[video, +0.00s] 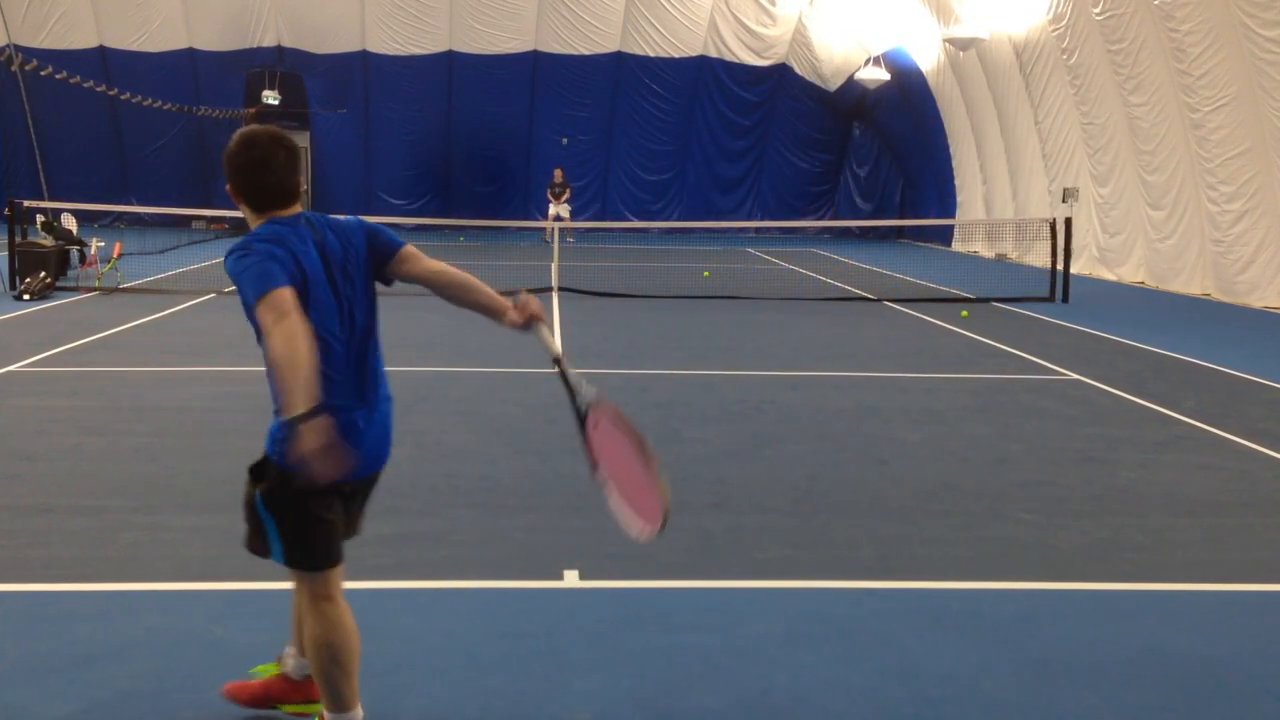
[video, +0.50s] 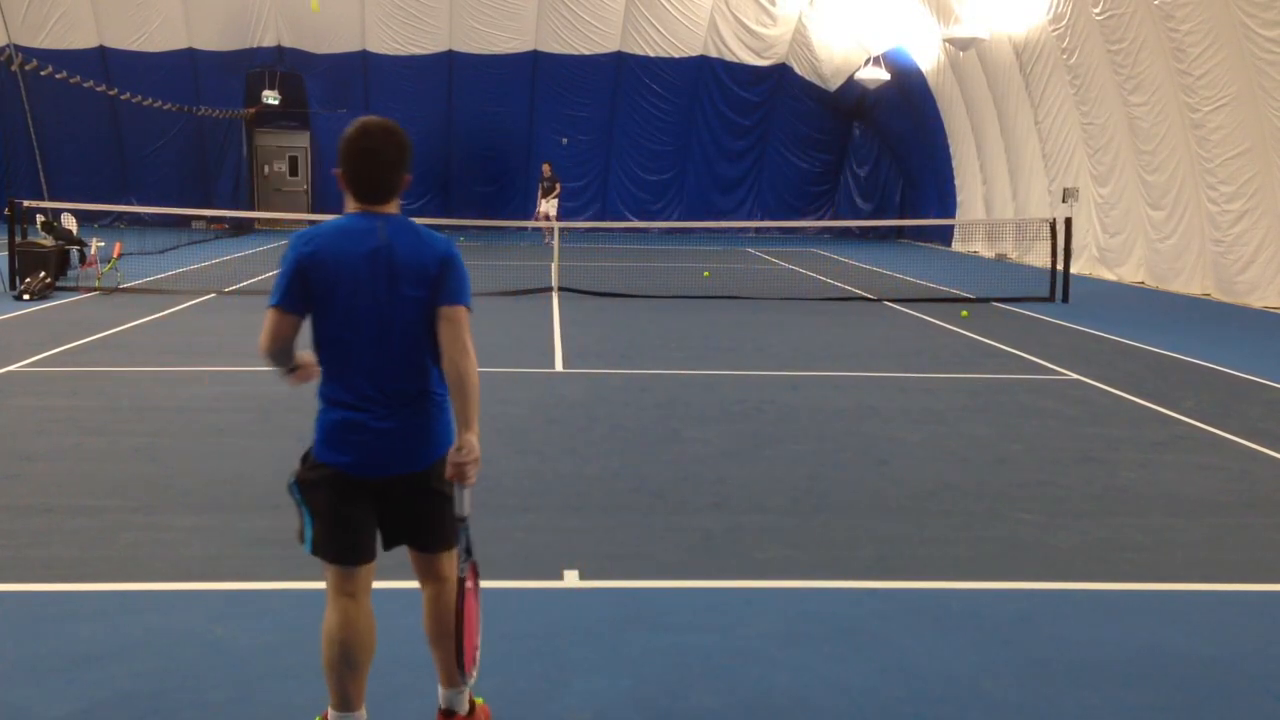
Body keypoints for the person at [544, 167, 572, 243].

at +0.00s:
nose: (557, 174)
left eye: (558, 172)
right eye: (555, 172)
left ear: (561, 174)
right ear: (554, 174)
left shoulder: (565, 184)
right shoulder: (551, 184)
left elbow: (567, 194)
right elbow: (548, 194)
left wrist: (561, 200)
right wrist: (553, 201)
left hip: (563, 204)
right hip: (553, 204)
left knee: (567, 220)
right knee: (550, 219)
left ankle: (569, 236)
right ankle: (548, 236)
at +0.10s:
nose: (552, 175)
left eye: (554, 173)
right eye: (551, 173)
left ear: (557, 174)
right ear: (549, 174)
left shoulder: (561, 184)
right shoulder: (548, 184)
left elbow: (565, 194)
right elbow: (545, 194)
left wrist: (560, 201)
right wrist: (551, 203)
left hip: (560, 204)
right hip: (551, 204)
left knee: (565, 220)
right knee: (549, 219)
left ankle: (569, 234)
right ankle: (548, 237)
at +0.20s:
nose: (549, 172)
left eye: (551, 171)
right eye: (548, 171)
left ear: (554, 172)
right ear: (546, 172)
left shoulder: (559, 181)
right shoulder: (545, 182)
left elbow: (562, 192)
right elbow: (543, 193)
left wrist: (554, 202)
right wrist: (547, 202)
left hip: (558, 202)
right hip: (548, 203)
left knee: (560, 220)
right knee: (548, 219)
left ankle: (569, 233)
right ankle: (548, 237)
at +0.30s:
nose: (547, 171)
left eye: (549, 169)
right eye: (546, 169)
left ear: (552, 170)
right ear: (544, 170)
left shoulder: (556, 179)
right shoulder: (543, 180)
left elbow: (560, 189)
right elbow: (541, 190)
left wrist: (552, 199)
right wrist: (544, 199)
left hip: (555, 200)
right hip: (546, 200)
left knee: (556, 218)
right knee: (547, 218)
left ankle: (565, 232)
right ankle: (548, 236)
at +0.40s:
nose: (545, 170)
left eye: (547, 167)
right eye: (544, 168)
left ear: (551, 168)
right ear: (543, 169)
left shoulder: (555, 177)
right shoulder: (542, 178)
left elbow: (559, 188)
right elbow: (541, 189)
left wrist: (551, 197)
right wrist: (541, 198)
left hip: (554, 198)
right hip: (545, 199)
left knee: (554, 216)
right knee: (545, 216)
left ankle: (557, 236)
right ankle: (547, 236)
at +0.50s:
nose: (544, 169)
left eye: (546, 168)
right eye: (543, 168)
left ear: (549, 168)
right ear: (542, 169)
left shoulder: (554, 178)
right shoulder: (541, 179)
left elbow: (558, 189)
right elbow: (540, 191)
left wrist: (549, 197)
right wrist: (538, 201)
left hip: (553, 199)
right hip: (544, 199)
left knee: (552, 217)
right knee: (541, 216)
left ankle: (555, 236)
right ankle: (547, 235)